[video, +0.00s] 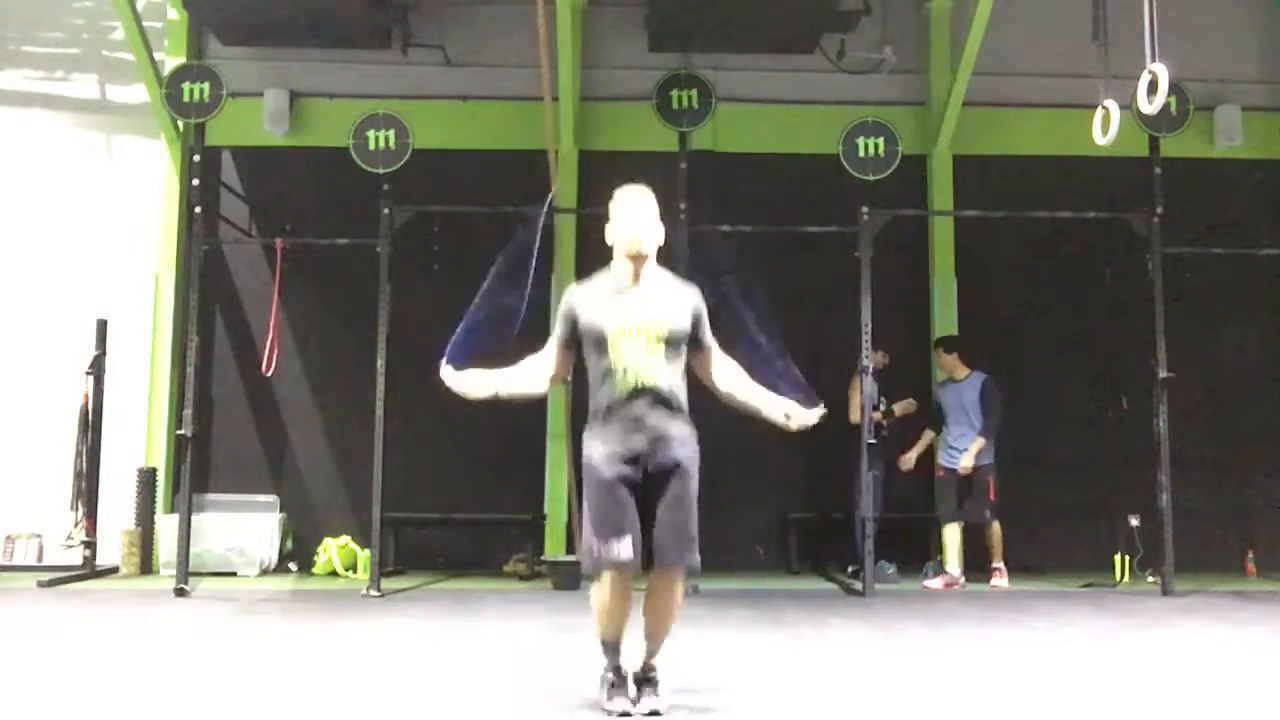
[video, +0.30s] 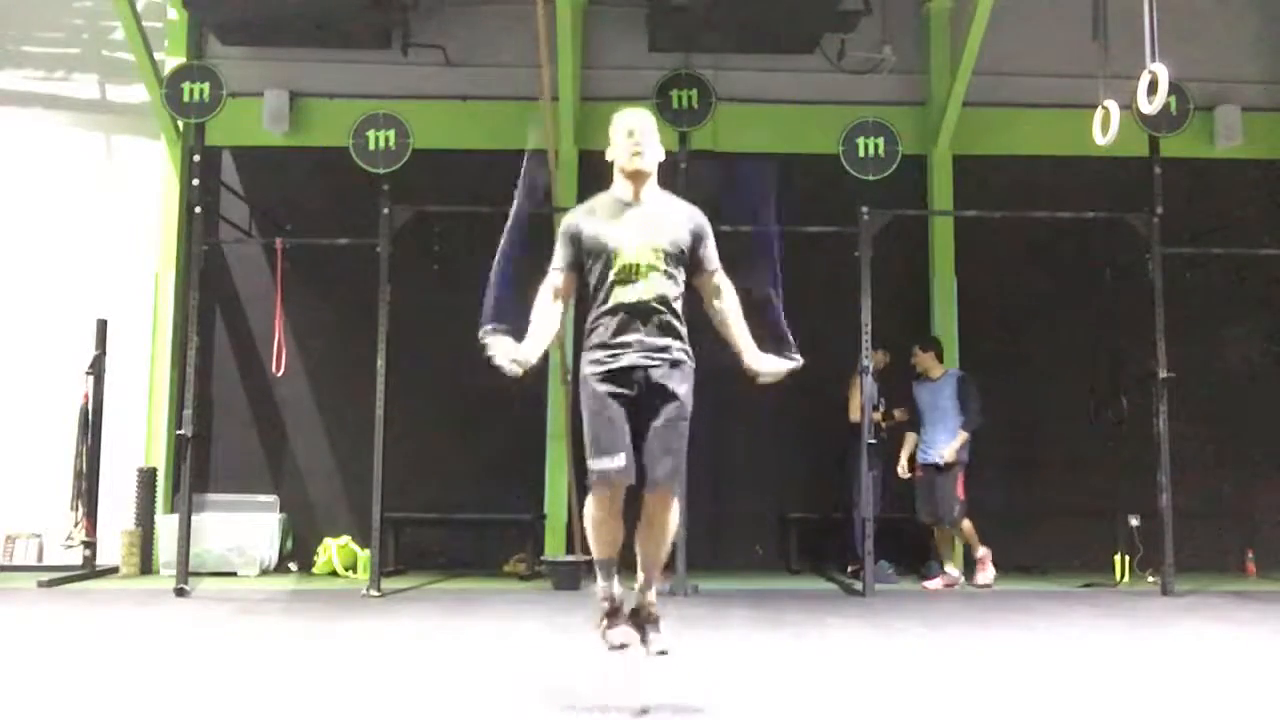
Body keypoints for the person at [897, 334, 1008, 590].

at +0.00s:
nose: (937, 362)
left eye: (940, 356)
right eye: (936, 356)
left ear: (953, 356)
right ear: (949, 357)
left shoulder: (983, 384)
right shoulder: (941, 389)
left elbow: (992, 423)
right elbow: (935, 424)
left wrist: (971, 452)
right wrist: (914, 452)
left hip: (980, 461)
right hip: (947, 462)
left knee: (986, 514)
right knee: (949, 517)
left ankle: (997, 567)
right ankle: (953, 573)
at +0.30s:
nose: (913, 360)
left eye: (917, 355)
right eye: (913, 355)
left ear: (931, 355)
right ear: (926, 357)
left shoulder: (959, 380)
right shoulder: (918, 387)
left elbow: (973, 418)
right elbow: (914, 423)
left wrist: (954, 446)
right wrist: (904, 455)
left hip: (951, 457)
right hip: (925, 458)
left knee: (952, 513)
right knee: (935, 517)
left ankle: (981, 553)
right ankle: (949, 569)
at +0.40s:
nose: (905, 361)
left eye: (909, 355)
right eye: (904, 356)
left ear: (924, 353)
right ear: (911, 358)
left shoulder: (951, 380)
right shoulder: (910, 387)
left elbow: (967, 418)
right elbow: (907, 423)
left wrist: (955, 450)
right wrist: (895, 451)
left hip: (943, 458)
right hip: (920, 459)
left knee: (936, 513)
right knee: (928, 515)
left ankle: (960, 562)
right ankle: (947, 571)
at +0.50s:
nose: (898, 361)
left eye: (902, 355)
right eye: (896, 356)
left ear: (916, 353)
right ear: (900, 359)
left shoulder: (940, 380)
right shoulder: (902, 388)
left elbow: (964, 414)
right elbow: (898, 423)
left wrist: (956, 448)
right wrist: (886, 449)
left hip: (937, 456)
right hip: (914, 458)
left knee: (922, 512)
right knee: (932, 516)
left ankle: (931, 572)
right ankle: (951, 569)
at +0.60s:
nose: (891, 363)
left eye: (894, 357)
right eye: (888, 359)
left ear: (907, 356)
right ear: (890, 362)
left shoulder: (932, 381)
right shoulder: (894, 388)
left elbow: (961, 411)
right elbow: (891, 423)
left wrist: (957, 446)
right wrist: (877, 446)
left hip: (930, 458)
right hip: (909, 459)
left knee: (913, 515)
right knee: (930, 517)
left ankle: (900, 574)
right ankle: (951, 570)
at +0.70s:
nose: (877, 366)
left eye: (880, 359)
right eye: (876, 361)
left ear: (899, 357)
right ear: (894, 359)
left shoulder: (921, 383)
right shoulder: (888, 390)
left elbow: (949, 409)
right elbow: (886, 417)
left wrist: (950, 443)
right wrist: (880, 434)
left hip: (921, 460)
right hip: (901, 461)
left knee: (904, 517)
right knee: (922, 518)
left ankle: (890, 574)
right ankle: (949, 569)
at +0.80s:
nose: (873, 361)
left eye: (876, 355)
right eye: (871, 356)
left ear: (891, 353)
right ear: (871, 359)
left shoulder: (911, 382)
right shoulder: (877, 386)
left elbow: (932, 414)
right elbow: (873, 426)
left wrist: (935, 445)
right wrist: (862, 454)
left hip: (911, 458)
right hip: (889, 458)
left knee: (902, 516)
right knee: (905, 517)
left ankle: (889, 574)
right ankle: (944, 564)